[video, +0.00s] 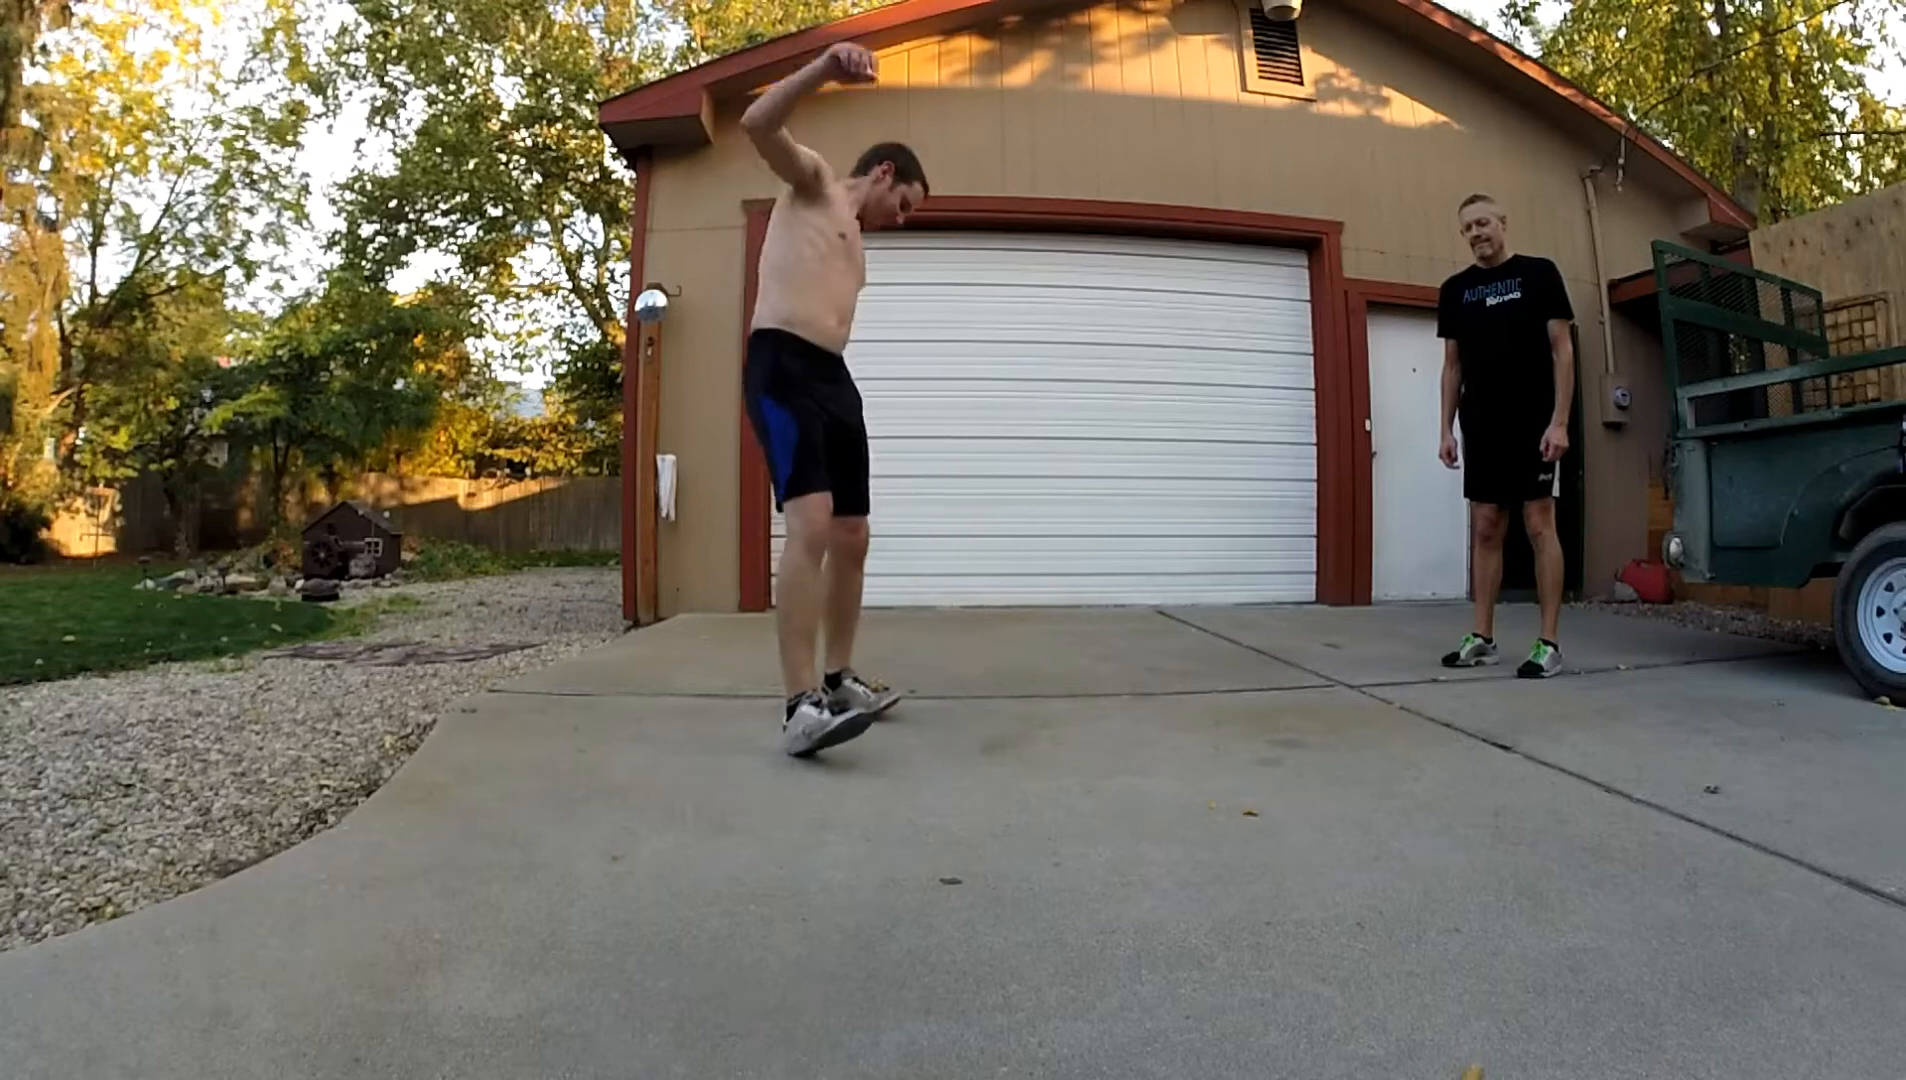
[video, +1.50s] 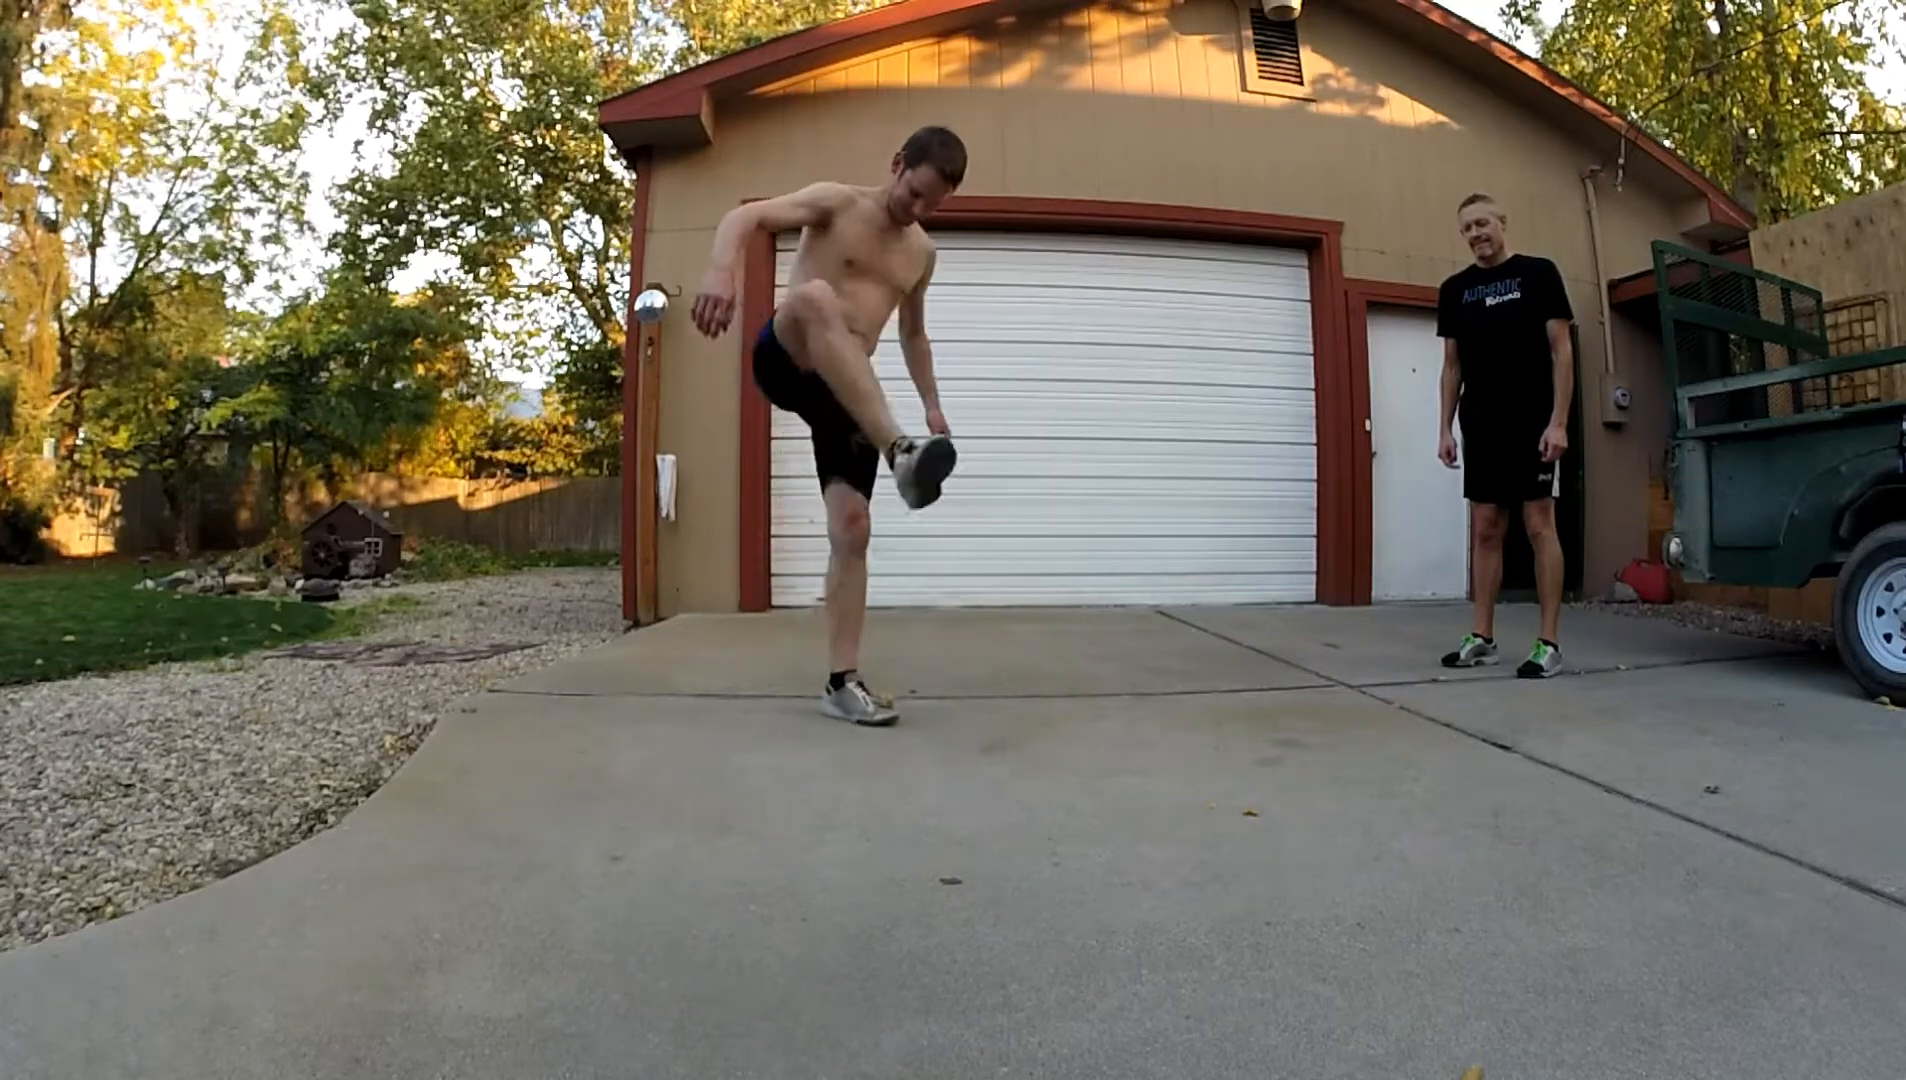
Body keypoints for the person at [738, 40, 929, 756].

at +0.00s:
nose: (902, 215)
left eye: (908, 210)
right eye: (903, 200)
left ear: (886, 188)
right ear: (879, 170)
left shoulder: (851, 237)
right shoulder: (816, 180)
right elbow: (757, 124)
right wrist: (821, 69)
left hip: (832, 372)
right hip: (781, 362)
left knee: (852, 534)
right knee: (810, 524)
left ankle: (835, 683)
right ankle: (800, 705)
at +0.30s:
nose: (908, 229)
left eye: (917, 224)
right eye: (911, 215)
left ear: (901, 200)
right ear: (892, 182)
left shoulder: (867, 245)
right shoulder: (835, 190)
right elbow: (754, 192)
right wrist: (798, 231)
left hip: (834, 375)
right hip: (785, 361)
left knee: (850, 533)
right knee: (807, 519)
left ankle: (838, 682)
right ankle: (793, 694)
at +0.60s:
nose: (907, 204)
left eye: (916, 196)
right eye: (907, 189)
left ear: (898, 178)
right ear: (881, 159)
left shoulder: (865, 234)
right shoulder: (825, 187)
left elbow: (832, 332)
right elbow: (742, 232)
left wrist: (856, 400)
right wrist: (749, 311)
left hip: (836, 378)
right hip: (790, 363)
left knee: (849, 533)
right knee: (799, 531)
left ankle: (839, 681)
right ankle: (787, 693)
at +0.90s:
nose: (912, 202)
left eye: (924, 194)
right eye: (911, 187)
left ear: (926, 182)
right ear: (886, 156)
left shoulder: (881, 219)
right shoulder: (822, 196)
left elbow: (841, 310)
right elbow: (740, 258)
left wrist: (856, 377)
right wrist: (748, 346)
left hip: (843, 379)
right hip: (790, 369)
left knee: (853, 528)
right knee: (795, 531)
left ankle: (842, 678)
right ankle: (786, 695)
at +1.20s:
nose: (926, 212)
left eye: (939, 205)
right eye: (923, 196)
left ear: (947, 198)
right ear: (902, 168)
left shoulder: (914, 251)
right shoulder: (836, 204)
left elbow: (891, 329)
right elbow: (751, 247)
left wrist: (896, 408)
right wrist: (757, 315)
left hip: (850, 382)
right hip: (791, 361)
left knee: (860, 530)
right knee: (829, 471)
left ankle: (843, 674)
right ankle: (805, 634)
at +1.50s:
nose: (919, 207)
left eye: (933, 200)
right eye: (916, 191)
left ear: (946, 197)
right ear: (897, 166)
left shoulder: (920, 253)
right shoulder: (837, 202)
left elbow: (913, 333)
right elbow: (743, 216)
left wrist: (932, 404)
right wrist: (722, 274)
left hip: (849, 391)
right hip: (786, 369)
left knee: (853, 529)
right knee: (814, 297)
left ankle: (843, 680)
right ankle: (899, 453)